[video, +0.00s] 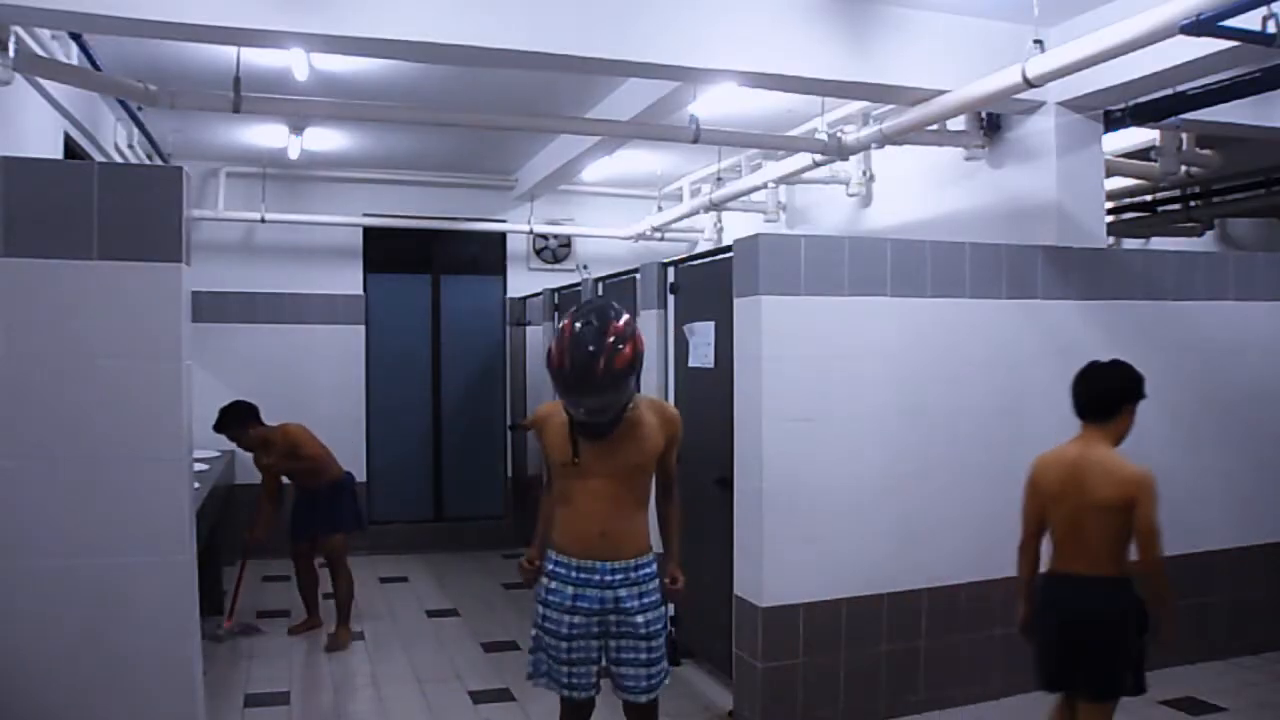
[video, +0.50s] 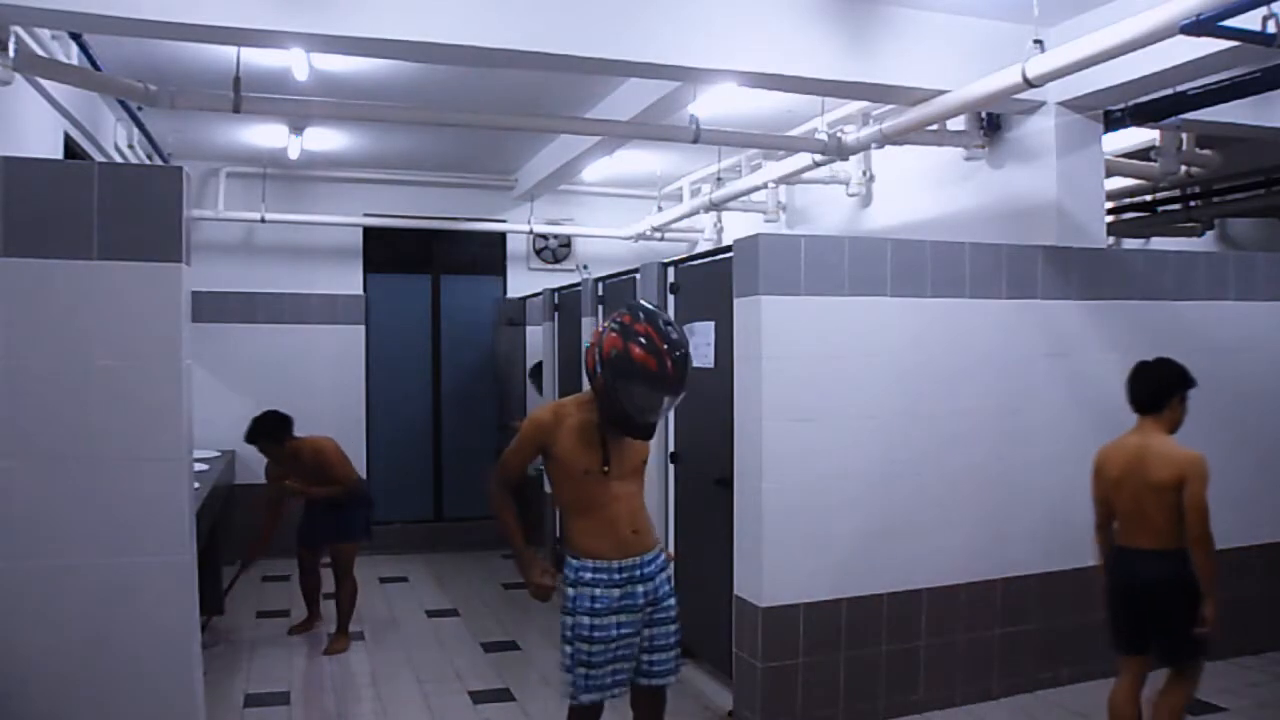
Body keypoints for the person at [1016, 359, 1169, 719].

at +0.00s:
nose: (1133, 420)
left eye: (1134, 411)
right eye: (1134, 411)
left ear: (1080, 407)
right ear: (1125, 413)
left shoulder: (1044, 468)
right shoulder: (1134, 479)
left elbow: (1029, 544)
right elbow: (1149, 559)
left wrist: (1025, 601)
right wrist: (1161, 610)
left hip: (1056, 596)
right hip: (1110, 600)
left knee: (1069, 697)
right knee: (1098, 705)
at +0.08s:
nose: (1142, 421)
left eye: (1141, 412)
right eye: (1142, 412)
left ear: (1089, 409)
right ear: (1135, 414)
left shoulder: (1055, 469)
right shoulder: (1144, 477)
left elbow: (1038, 543)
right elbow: (1162, 554)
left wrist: (1032, 600)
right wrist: (1175, 608)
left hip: (1068, 596)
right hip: (1122, 599)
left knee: (1082, 696)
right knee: (1104, 704)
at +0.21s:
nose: (1154, 421)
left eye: (1153, 412)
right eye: (1154, 412)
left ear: (1102, 412)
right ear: (1145, 416)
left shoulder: (1071, 470)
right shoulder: (1158, 478)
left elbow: (1056, 544)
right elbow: (1177, 555)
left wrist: (1050, 600)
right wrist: (1192, 605)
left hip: (1086, 594)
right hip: (1138, 598)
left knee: (1105, 696)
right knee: (1119, 702)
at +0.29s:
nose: (1161, 418)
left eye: (1160, 408)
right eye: (1161, 408)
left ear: (1110, 409)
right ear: (1153, 412)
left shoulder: (1082, 468)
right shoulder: (1167, 474)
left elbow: (1070, 542)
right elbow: (1183, 549)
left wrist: (1063, 599)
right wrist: (1196, 602)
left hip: (1099, 587)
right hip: (1148, 589)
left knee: (1115, 689)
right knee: (1137, 697)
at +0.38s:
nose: (1170, 414)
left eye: (1170, 405)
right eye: (1169, 405)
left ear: (1121, 407)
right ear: (1159, 408)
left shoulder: (1093, 465)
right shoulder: (1176, 469)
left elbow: (1085, 538)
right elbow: (1191, 547)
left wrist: (1081, 591)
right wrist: (1204, 597)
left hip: (1109, 583)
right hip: (1159, 586)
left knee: (1123, 681)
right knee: (1159, 691)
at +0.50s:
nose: (1186, 408)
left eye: (1185, 399)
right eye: (1184, 400)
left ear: (1137, 400)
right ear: (1172, 403)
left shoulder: (1107, 456)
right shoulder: (1186, 461)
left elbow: (1102, 525)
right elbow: (1198, 538)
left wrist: (1110, 575)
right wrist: (1208, 595)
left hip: (1124, 575)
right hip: (1171, 577)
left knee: (1130, 668)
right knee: (1186, 668)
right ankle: (1160, 713)